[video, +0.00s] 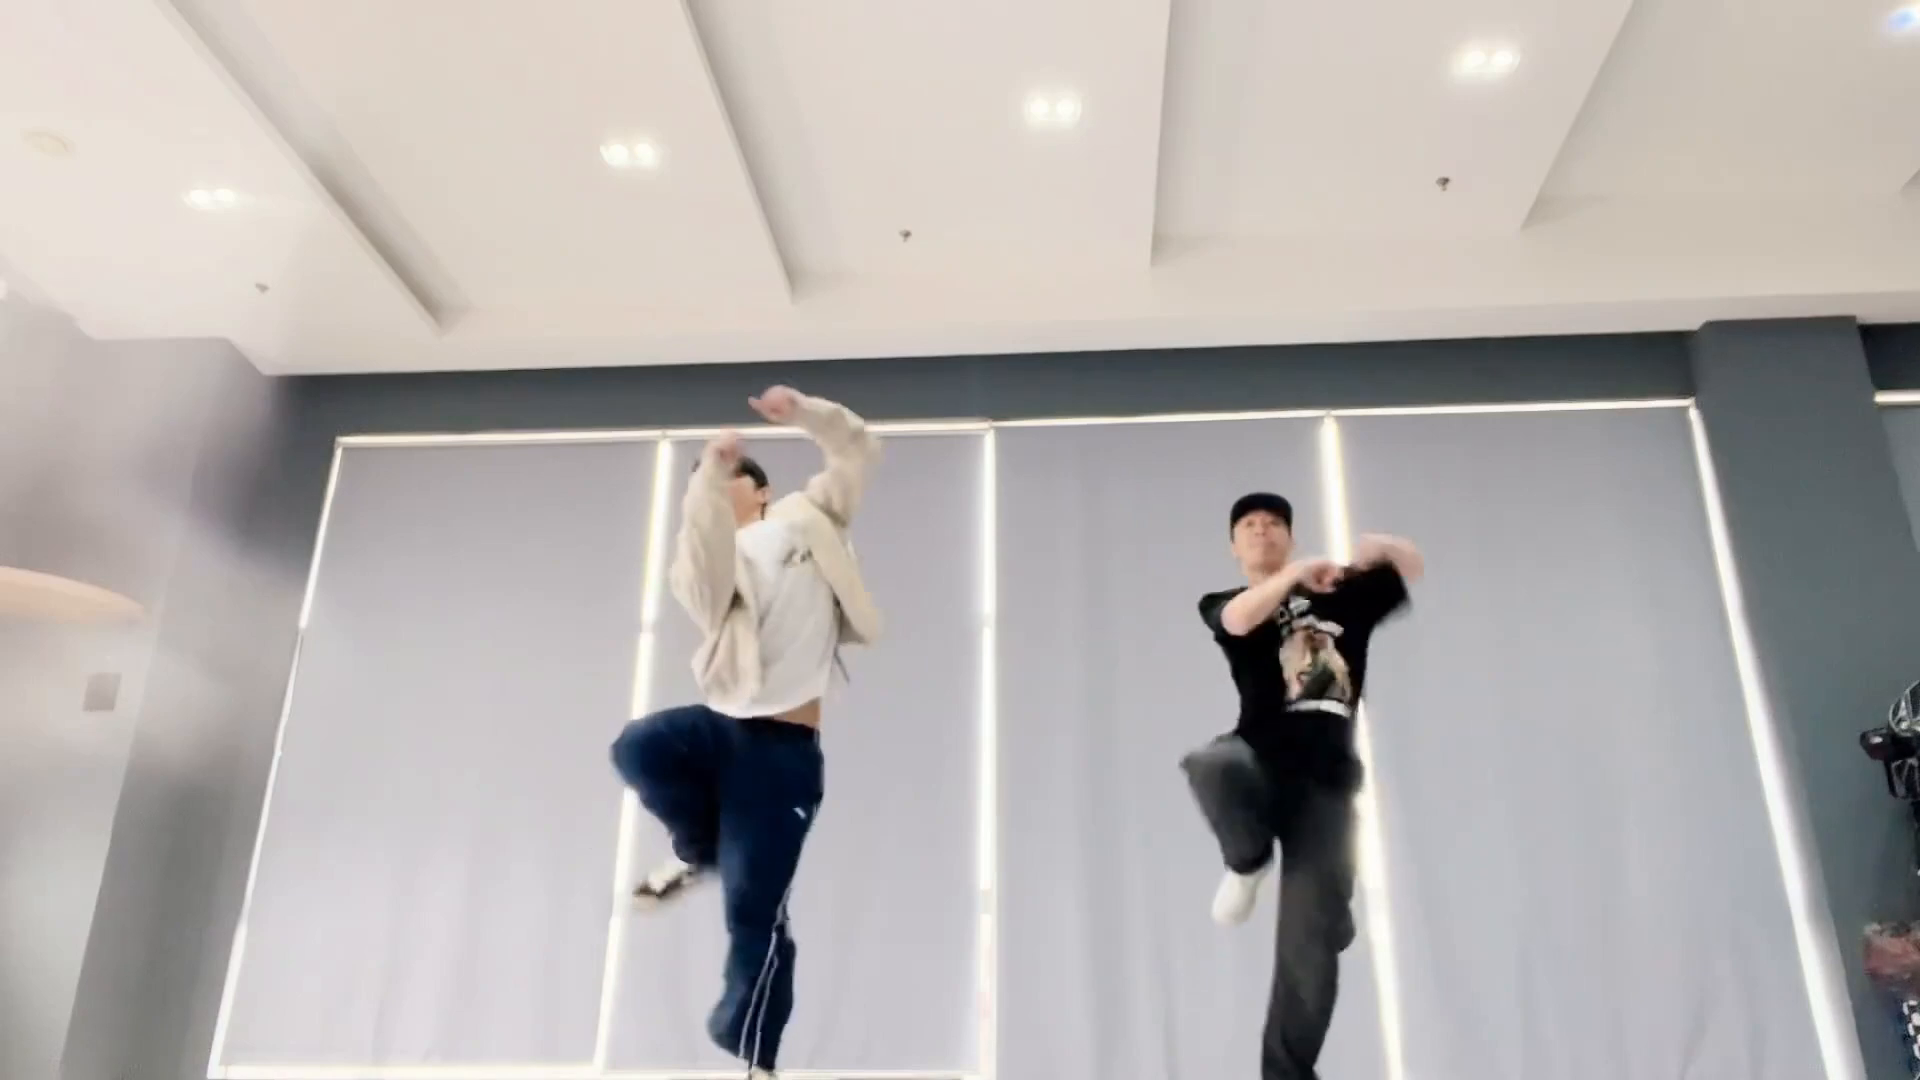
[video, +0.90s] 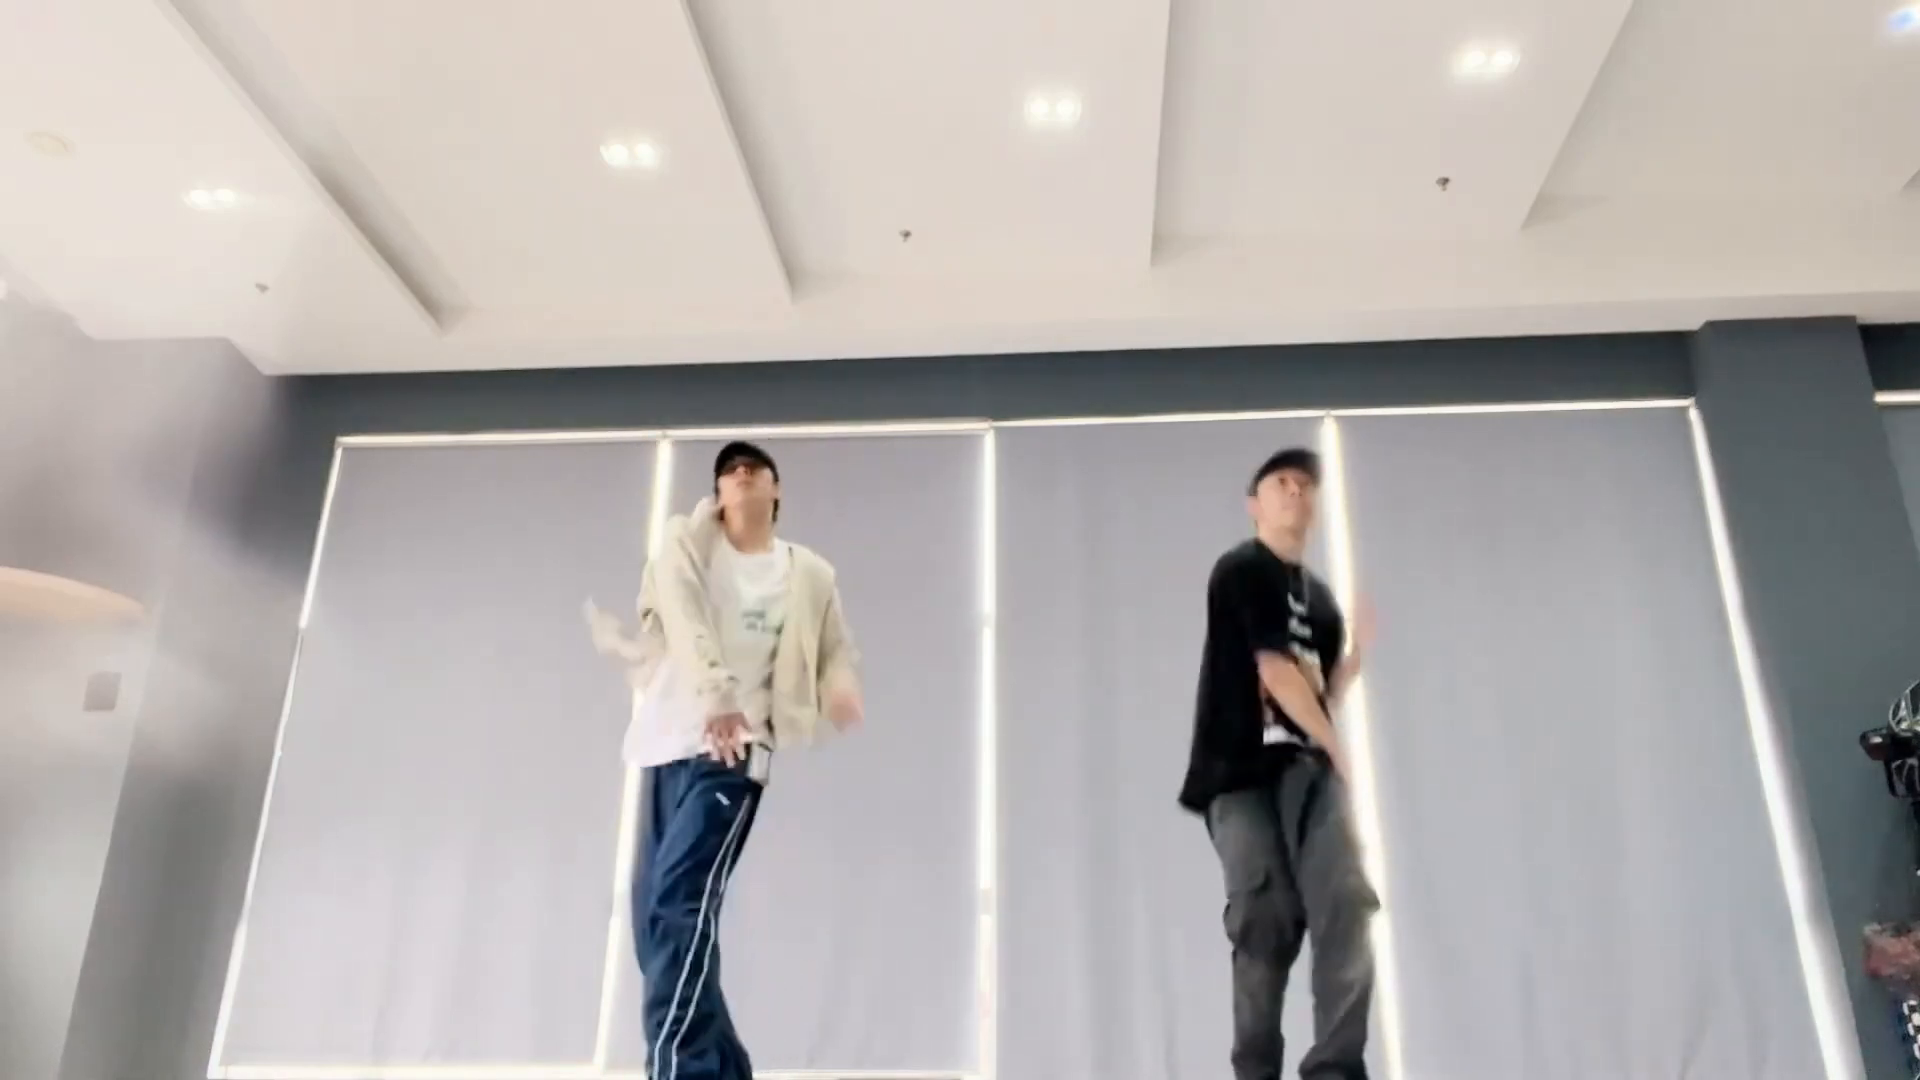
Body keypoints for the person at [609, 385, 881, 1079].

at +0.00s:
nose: (736, 483)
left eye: (745, 474)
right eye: (723, 481)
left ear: (765, 488)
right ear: (709, 505)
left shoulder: (811, 518)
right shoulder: (710, 561)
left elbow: (858, 451)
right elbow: (701, 542)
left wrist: (804, 411)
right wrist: (709, 474)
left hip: (785, 749)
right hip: (718, 727)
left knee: (754, 915)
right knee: (637, 749)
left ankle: (753, 1057)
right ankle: (704, 853)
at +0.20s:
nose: (749, 509)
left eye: (761, 500)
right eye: (739, 501)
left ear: (783, 514)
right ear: (726, 517)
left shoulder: (809, 545)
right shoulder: (716, 577)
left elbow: (767, 571)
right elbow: (695, 653)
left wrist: (710, 623)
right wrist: (676, 725)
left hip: (802, 757)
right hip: (729, 757)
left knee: (784, 922)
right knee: (727, 908)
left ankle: (753, 1067)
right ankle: (702, 1053)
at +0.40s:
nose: (750, 462)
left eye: (764, 454)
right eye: (743, 453)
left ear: (787, 471)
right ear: (731, 470)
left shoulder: (808, 512)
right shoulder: (710, 539)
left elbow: (776, 576)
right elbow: (689, 634)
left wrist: (701, 553)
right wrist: (632, 646)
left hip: (793, 729)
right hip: (717, 724)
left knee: (784, 896)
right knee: (700, 865)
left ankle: (764, 1059)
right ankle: (694, 1031)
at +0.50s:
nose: (742, 456)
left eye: (755, 446)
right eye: (734, 446)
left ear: (778, 460)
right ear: (723, 459)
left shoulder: (805, 507)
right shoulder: (703, 517)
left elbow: (800, 587)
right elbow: (672, 575)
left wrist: (755, 509)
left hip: (787, 712)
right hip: (711, 710)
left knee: (777, 857)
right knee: (701, 874)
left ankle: (784, 956)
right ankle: (709, 1033)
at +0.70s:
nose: (747, 465)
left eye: (760, 458)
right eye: (737, 457)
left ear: (781, 479)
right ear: (723, 475)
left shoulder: (807, 543)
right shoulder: (690, 532)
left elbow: (832, 615)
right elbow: (612, 515)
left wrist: (812, 654)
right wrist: (656, 492)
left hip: (753, 724)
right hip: (682, 736)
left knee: (714, 820)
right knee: (694, 896)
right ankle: (718, 1058)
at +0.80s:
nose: (743, 483)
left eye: (756, 475)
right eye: (733, 476)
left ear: (777, 496)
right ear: (718, 496)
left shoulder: (806, 576)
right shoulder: (685, 542)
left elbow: (822, 674)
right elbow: (685, 590)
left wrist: (823, 755)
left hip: (742, 756)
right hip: (670, 753)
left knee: (700, 904)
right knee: (671, 914)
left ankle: (699, 1060)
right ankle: (731, 1062)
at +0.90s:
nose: (743, 479)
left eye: (755, 471)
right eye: (732, 473)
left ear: (778, 493)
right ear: (716, 495)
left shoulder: (810, 571)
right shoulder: (684, 544)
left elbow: (837, 650)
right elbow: (687, 626)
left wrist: (840, 687)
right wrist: (716, 702)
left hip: (737, 753)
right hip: (665, 749)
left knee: (676, 904)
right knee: (661, 914)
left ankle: (682, 1065)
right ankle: (720, 1064)